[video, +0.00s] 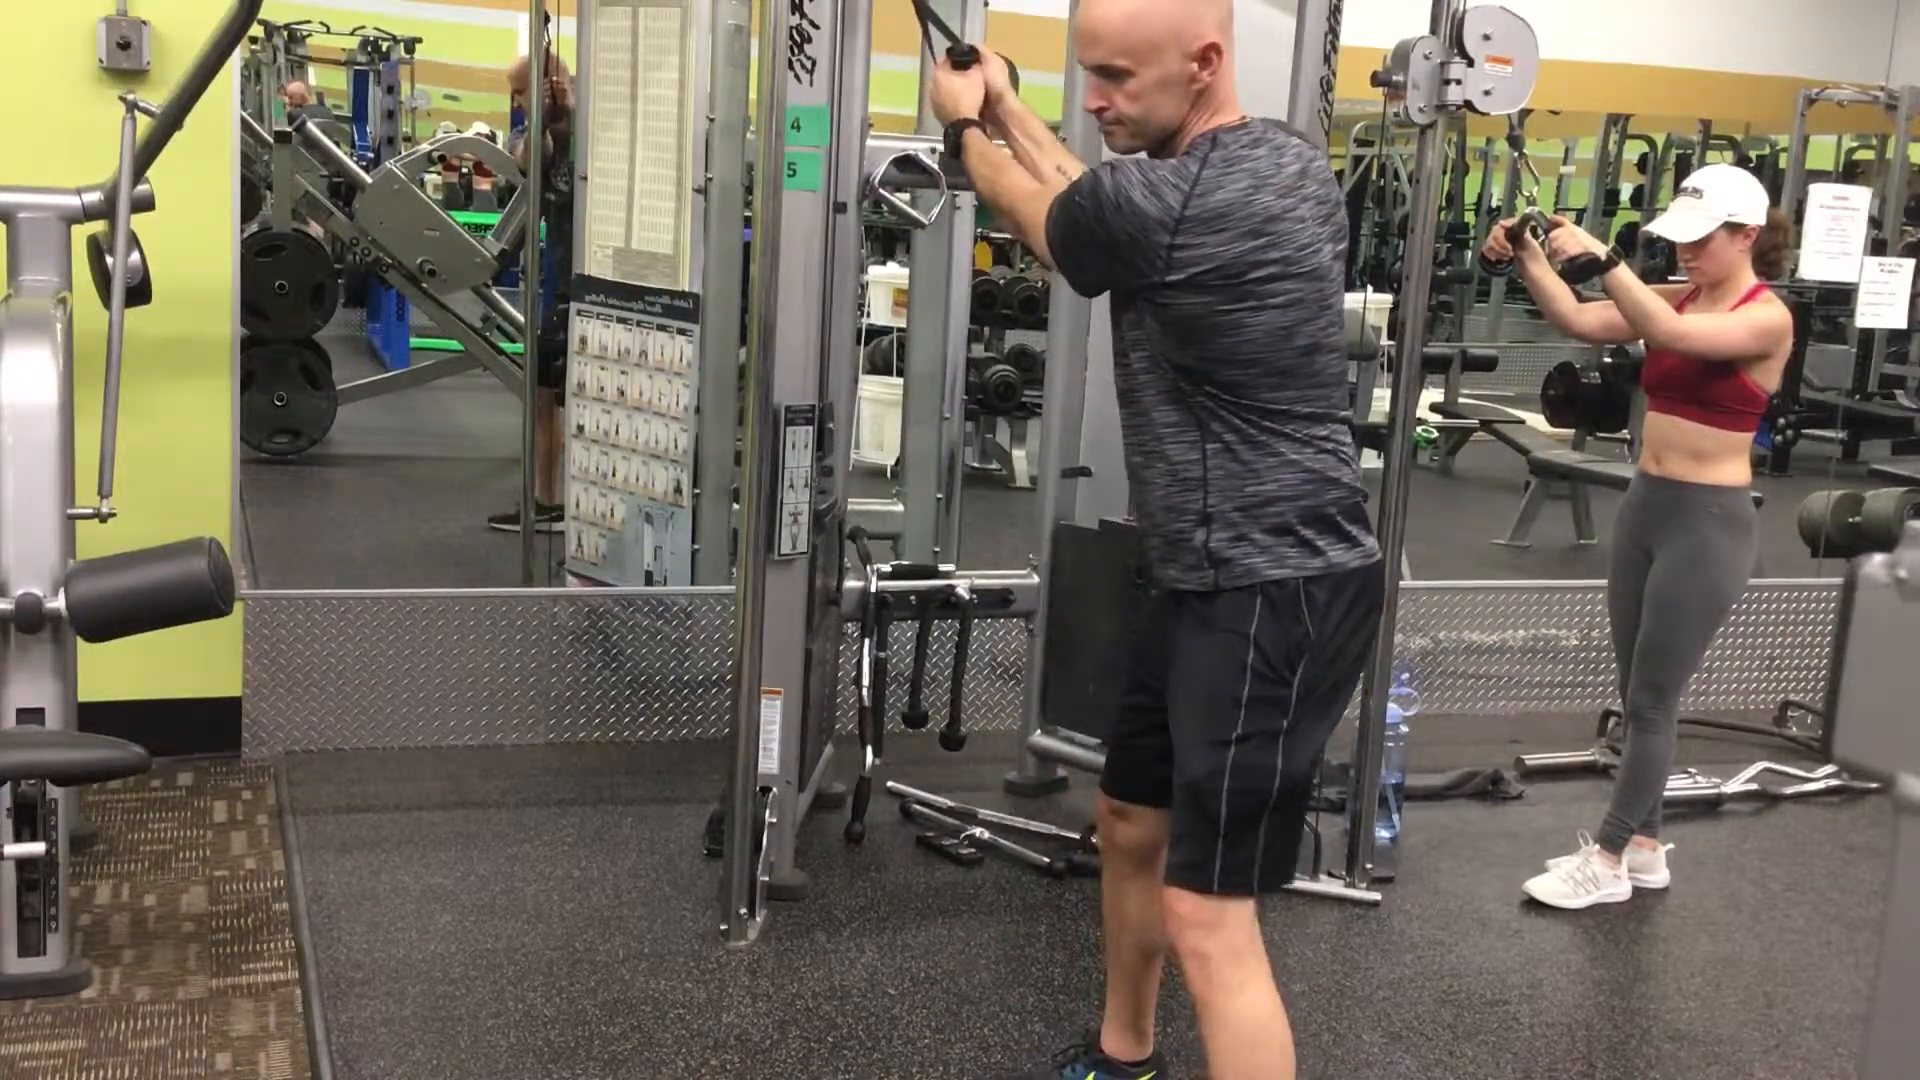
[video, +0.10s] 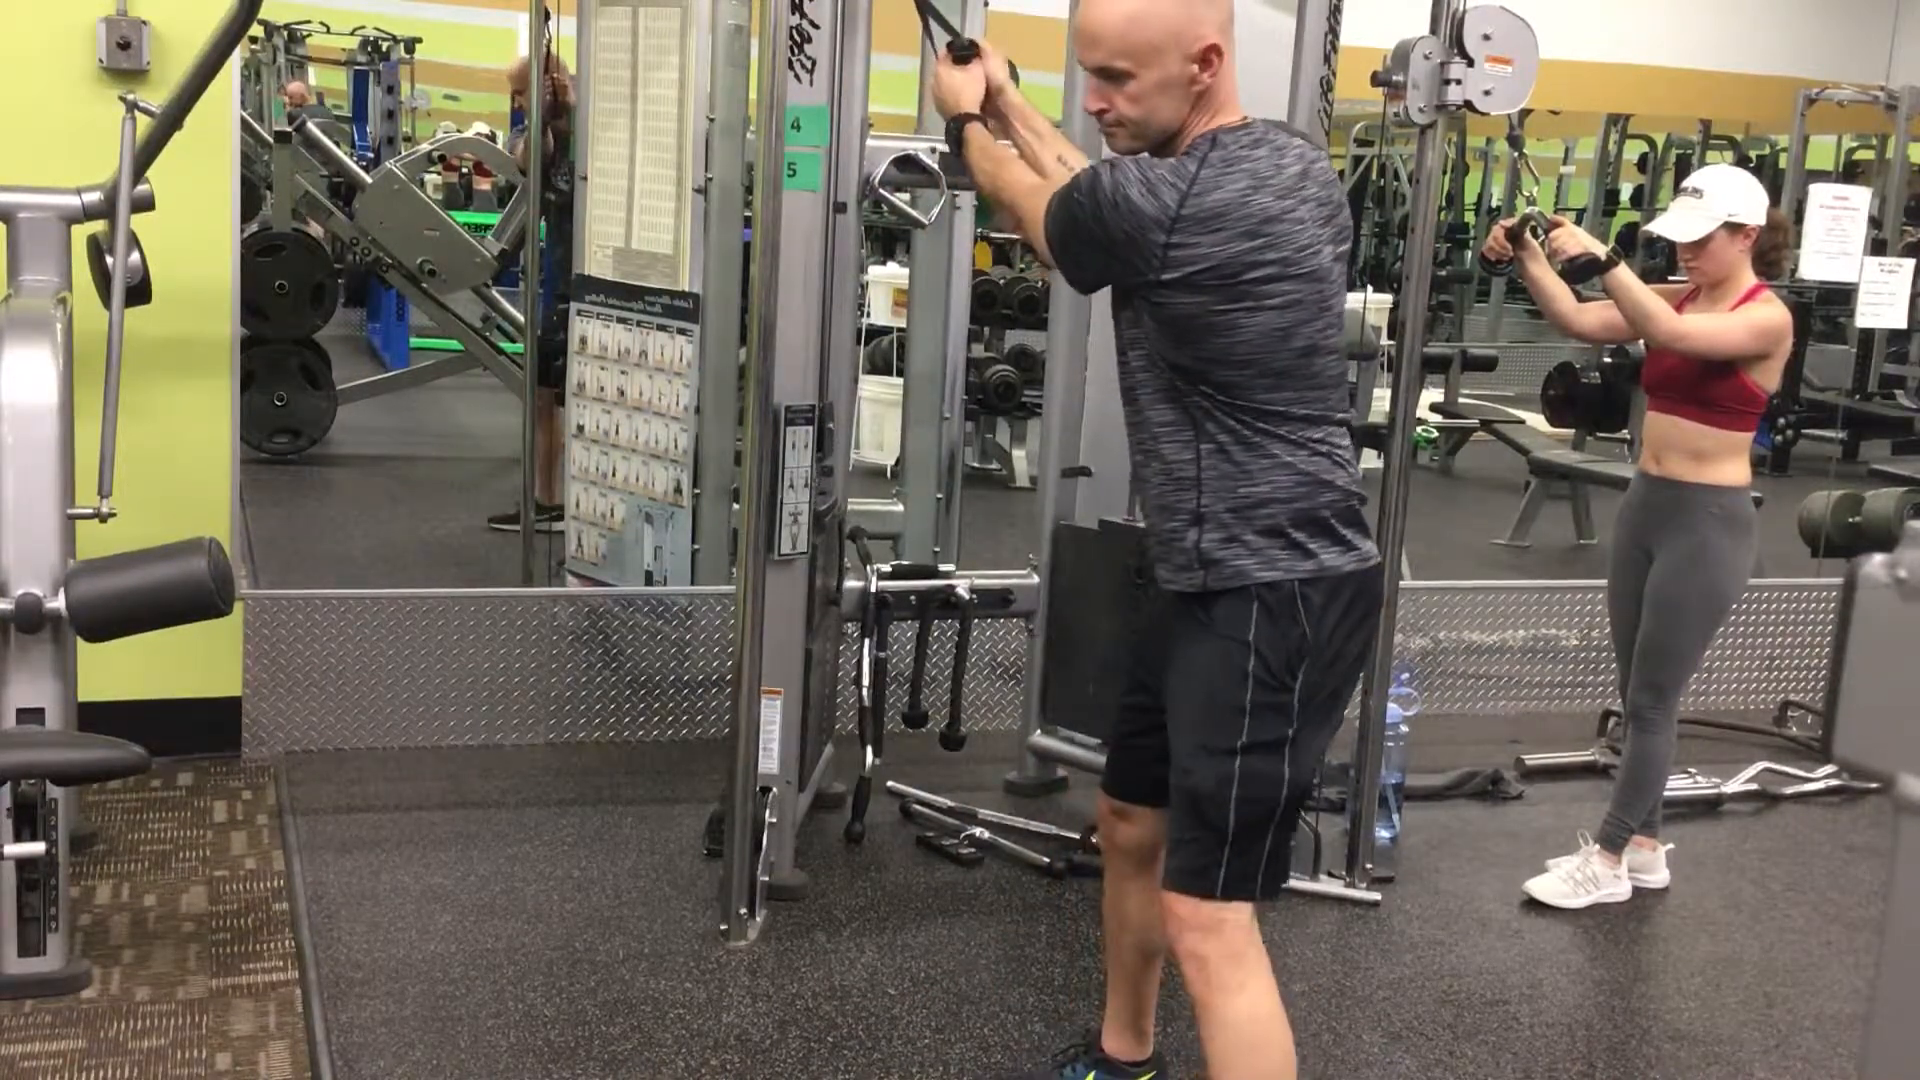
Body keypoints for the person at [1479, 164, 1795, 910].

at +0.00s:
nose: (1683, 253)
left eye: (1698, 239)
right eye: (1678, 240)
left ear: (1747, 237)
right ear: (1679, 239)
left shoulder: (1769, 318)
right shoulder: (1675, 300)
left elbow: (1670, 331)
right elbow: (1579, 318)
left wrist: (1602, 258)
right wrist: (1526, 257)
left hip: (1709, 524)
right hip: (1642, 509)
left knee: (1651, 699)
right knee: (1639, 693)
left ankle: (1606, 859)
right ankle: (1646, 846)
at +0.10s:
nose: (1683, 253)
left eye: (1698, 239)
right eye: (1679, 240)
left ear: (1746, 236)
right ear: (1679, 239)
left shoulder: (1769, 318)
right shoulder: (1675, 300)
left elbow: (1670, 331)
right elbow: (1579, 318)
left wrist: (1602, 258)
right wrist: (1526, 257)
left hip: (1709, 524)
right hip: (1642, 509)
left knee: (1651, 699)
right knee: (1639, 693)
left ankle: (1606, 859)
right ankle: (1646, 846)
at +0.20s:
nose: (1683, 253)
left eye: (1698, 239)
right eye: (1679, 240)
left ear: (1747, 236)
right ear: (1679, 239)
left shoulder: (1769, 318)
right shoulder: (1675, 300)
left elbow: (1670, 331)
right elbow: (1579, 318)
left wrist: (1602, 258)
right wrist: (1526, 257)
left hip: (1709, 524)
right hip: (1642, 509)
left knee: (1651, 699)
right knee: (1639, 693)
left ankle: (1606, 859)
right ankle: (1646, 846)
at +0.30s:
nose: (1683, 252)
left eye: (1698, 238)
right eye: (1679, 239)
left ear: (1747, 236)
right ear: (1680, 238)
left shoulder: (1769, 318)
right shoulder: (1676, 300)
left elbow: (1670, 331)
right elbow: (1580, 318)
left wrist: (1600, 257)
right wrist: (1525, 258)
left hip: (1709, 524)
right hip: (1642, 509)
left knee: (1651, 698)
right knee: (1639, 693)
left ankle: (1606, 859)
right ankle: (1646, 846)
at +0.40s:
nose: (1682, 252)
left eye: (1697, 239)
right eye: (1678, 239)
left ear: (1746, 236)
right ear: (1678, 238)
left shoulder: (1769, 318)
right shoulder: (1675, 299)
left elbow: (1670, 331)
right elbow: (1579, 319)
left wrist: (1601, 258)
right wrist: (1526, 257)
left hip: (1709, 524)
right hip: (1642, 509)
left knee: (1651, 698)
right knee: (1638, 692)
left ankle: (1606, 859)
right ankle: (1646, 846)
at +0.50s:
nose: (1681, 252)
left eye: (1697, 238)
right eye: (1677, 239)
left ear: (1746, 236)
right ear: (1677, 238)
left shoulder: (1768, 317)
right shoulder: (1674, 300)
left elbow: (1669, 331)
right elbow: (1578, 318)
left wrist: (1600, 258)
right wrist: (1525, 257)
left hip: (1709, 524)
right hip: (1642, 510)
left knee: (1651, 698)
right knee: (1638, 693)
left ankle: (1606, 858)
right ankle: (1646, 846)